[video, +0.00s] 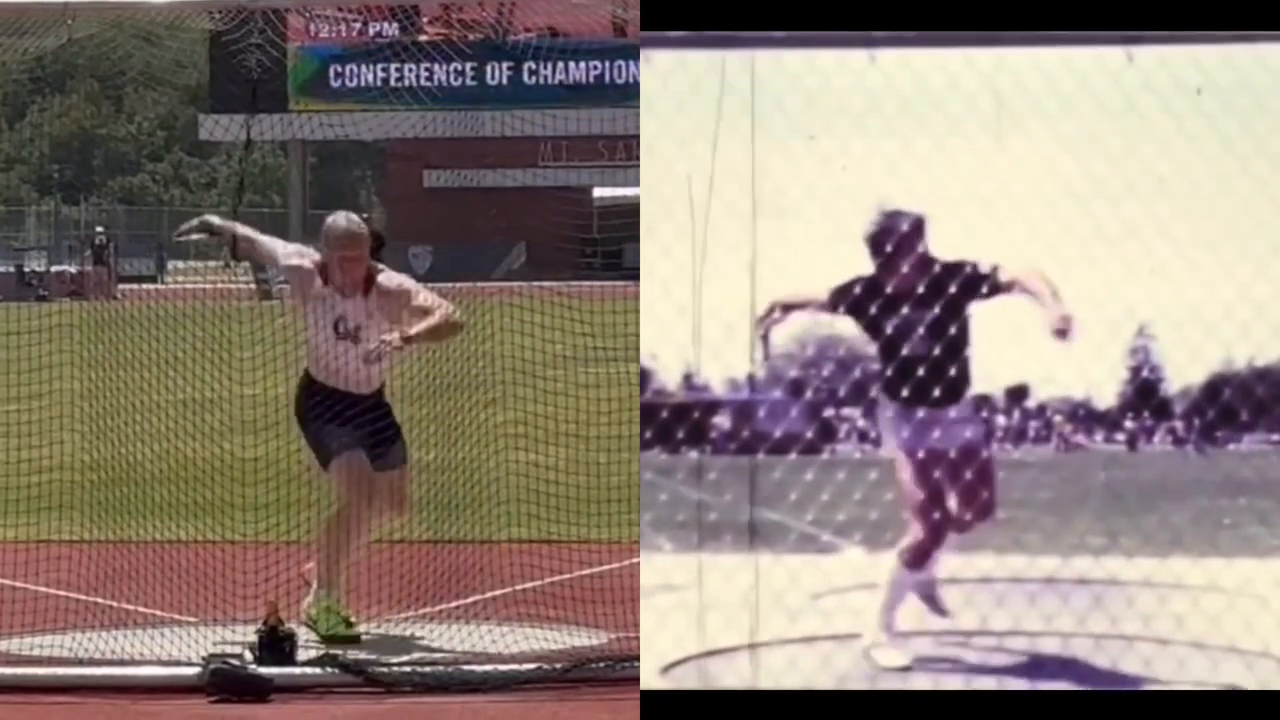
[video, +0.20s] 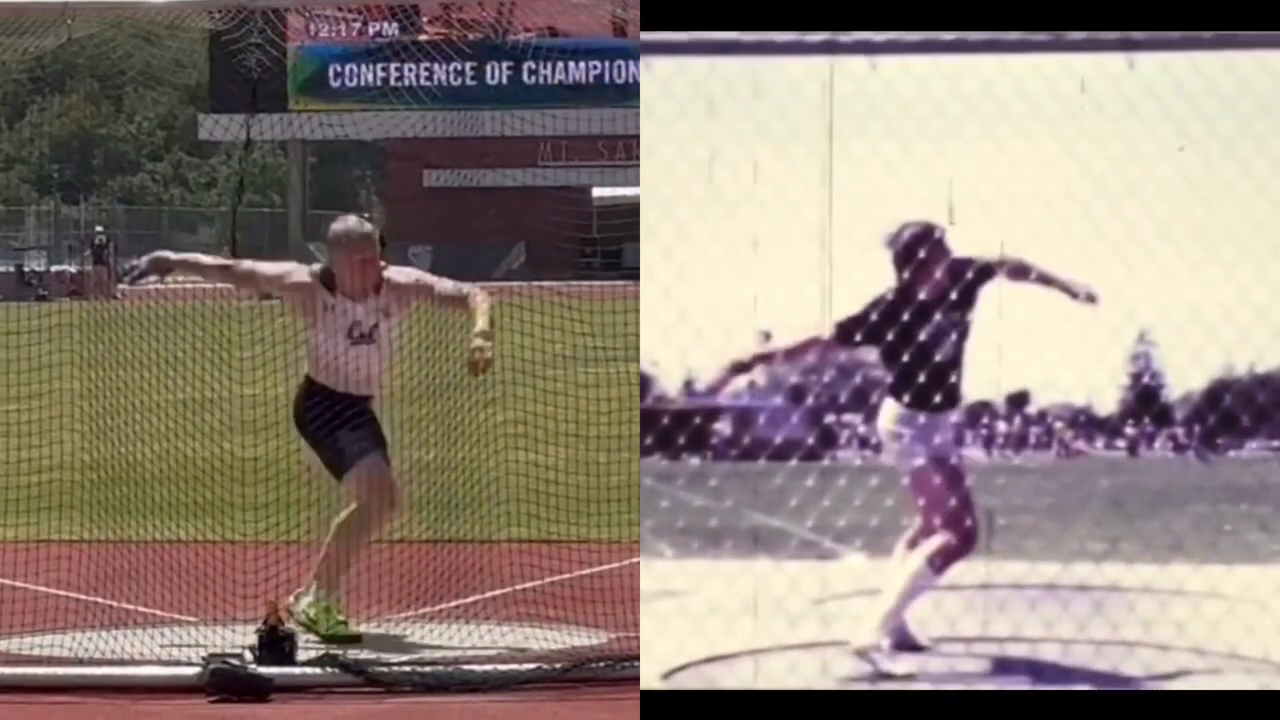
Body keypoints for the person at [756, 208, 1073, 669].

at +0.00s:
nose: (904, 267)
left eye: (908, 255)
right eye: (895, 258)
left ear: (921, 248)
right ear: (880, 259)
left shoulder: (953, 279)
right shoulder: (868, 293)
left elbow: (1024, 278)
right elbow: (822, 303)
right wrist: (782, 305)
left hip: (957, 414)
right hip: (905, 419)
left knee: (975, 508)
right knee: (929, 528)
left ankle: (924, 567)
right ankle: (879, 628)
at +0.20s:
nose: (947, 265)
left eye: (944, 257)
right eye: (937, 261)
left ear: (942, 258)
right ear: (916, 269)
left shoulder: (962, 275)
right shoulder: (892, 308)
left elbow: (1013, 268)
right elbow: (823, 344)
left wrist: (1068, 288)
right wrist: (753, 360)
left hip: (941, 422)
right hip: (905, 424)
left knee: (931, 527)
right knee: (959, 534)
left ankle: (890, 617)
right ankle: (881, 624)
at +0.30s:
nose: (952, 254)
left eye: (949, 247)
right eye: (945, 249)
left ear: (924, 255)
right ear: (929, 256)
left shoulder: (953, 272)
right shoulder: (899, 304)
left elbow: (984, 267)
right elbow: (832, 347)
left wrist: (1032, 282)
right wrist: (764, 377)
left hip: (927, 411)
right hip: (912, 416)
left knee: (923, 521)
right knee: (964, 529)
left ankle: (886, 618)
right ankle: (882, 620)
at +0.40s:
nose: (955, 237)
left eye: (952, 229)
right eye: (950, 230)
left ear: (910, 233)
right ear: (940, 236)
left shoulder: (913, 278)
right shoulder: (931, 285)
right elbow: (889, 345)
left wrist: (949, 280)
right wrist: (837, 403)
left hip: (896, 397)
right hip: (924, 401)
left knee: (909, 513)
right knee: (961, 521)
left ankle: (884, 616)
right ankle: (887, 616)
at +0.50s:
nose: (948, 224)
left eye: (941, 216)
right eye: (945, 216)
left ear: (903, 218)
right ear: (943, 220)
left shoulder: (878, 257)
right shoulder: (952, 276)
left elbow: (842, 295)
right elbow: (964, 336)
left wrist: (869, 274)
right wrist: (984, 395)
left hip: (885, 378)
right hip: (935, 384)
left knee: (892, 497)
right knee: (947, 506)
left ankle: (884, 606)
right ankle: (898, 607)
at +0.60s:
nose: (942, 208)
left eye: (932, 201)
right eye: (941, 200)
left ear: (899, 205)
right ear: (943, 205)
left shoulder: (872, 250)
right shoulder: (960, 264)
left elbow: (827, 294)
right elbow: (1010, 321)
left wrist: (849, 269)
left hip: (883, 377)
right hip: (937, 380)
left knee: (886, 493)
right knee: (939, 496)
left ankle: (888, 602)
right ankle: (904, 595)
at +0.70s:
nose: (947, 209)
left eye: (937, 202)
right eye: (948, 200)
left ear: (901, 203)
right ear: (949, 204)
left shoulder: (877, 248)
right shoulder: (965, 253)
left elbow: (822, 293)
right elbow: (1049, 266)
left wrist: (817, 267)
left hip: (873, 372)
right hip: (927, 372)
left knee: (885, 491)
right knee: (932, 492)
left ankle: (894, 596)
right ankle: (911, 593)